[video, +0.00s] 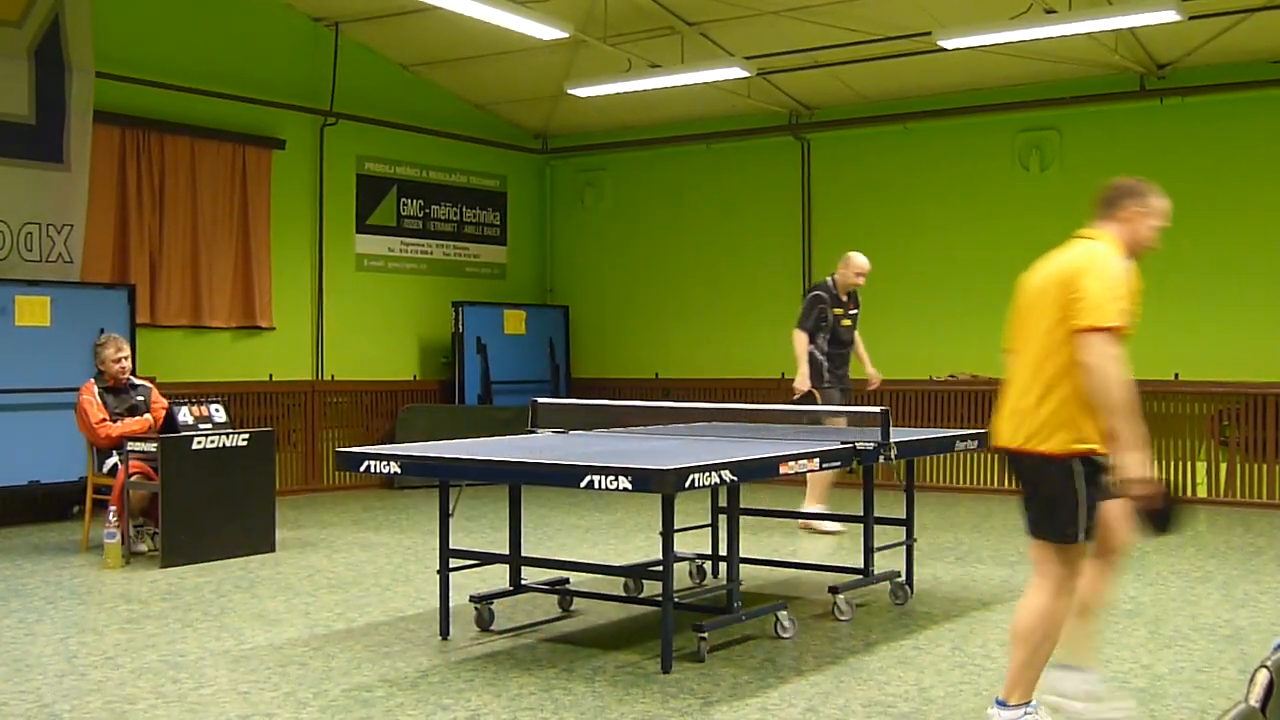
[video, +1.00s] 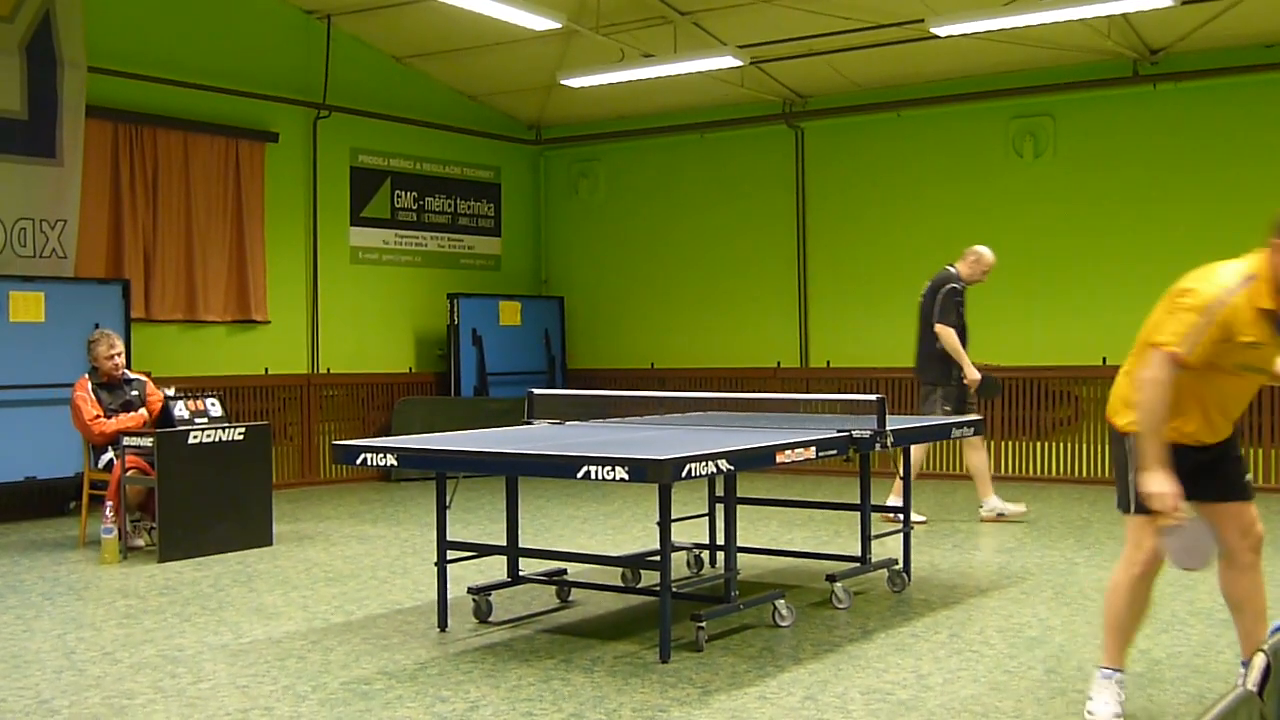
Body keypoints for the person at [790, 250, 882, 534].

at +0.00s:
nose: (862, 281)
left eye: (865, 276)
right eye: (858, 275)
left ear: (862, 276)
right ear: (841, 270)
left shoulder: (853, 298)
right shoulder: (820, 295)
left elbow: (852, 334)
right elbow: (800, 332)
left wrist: (868, 367)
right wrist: (802, 372)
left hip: (840, 381)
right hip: (820, 381)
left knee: (826, 443)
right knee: (838, 440)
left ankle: (810, 508)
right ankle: (816, 507)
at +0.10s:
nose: (878, 284)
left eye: (880, 279)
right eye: (875, 277)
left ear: (872, 276)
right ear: (858, 271)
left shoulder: (862, 298)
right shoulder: (835, 294)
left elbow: (860, 334)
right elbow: (815, 330)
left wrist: (879, 362)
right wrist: (815, 370)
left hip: (845, 380)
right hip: (831, 380)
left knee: (825, 446)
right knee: (855, 441)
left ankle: (809, 509)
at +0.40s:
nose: (913, 278)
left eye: (915, 273)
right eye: (911, 272)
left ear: (900, 266)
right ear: (896, 263)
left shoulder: (889, 287)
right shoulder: (873, 286)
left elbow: (880, 334)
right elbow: (856, 326)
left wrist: (883, 373)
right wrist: (859, 367)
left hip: (878, 374)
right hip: (871, 375)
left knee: (854, 438)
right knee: (892, 439)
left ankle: (820, 493)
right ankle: (897, 505)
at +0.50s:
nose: (925, 274)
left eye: (927, 268)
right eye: (924, 267)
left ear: (911, 260)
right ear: (909, 259)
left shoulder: (895, 281)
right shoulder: (889, 282)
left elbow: (886, 327)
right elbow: (877, 324)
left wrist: (896, 365)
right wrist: (887, 366)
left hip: (892, 371)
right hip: (892, 372)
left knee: (888, 438)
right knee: (900, 437)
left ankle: (844, 478)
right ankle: (897, 503)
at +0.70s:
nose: (946, 272)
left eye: (949, 266)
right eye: (945, 265)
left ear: (929, 256)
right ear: (931, 256)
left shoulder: (906, 276)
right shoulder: (914, 279)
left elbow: (903, 326)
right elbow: (909, 323)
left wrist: (930, 359)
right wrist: (934, 358)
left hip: (910, 368)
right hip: (909, 369)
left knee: (935, 424)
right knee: (911, 433)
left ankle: (916, 493)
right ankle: (898, 501)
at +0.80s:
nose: (955, 274)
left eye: (958, 269)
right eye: (956, 267)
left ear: (942, 257)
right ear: (942, 257)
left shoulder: (915, 276)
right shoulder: (924, 280)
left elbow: (915, 328)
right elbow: (920, 323)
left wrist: (942, 359)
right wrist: (950, 358)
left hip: (924, 369)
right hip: (916, 369)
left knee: (944, 430)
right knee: (907, 436)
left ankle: (952, 497)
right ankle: (894, 503)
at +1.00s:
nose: (984, 279)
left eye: (987, 274)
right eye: (984, 272)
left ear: (969, 261)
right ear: (970, 261)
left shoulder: (946, 282)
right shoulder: (950, 285)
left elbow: (939, 333)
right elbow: (943, 328)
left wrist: (960, 369)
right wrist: (968, 366)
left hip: (953, 379)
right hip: (940, 377)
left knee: (973, 437)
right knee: (922, 439)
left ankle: (990, 502)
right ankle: (895, 502)